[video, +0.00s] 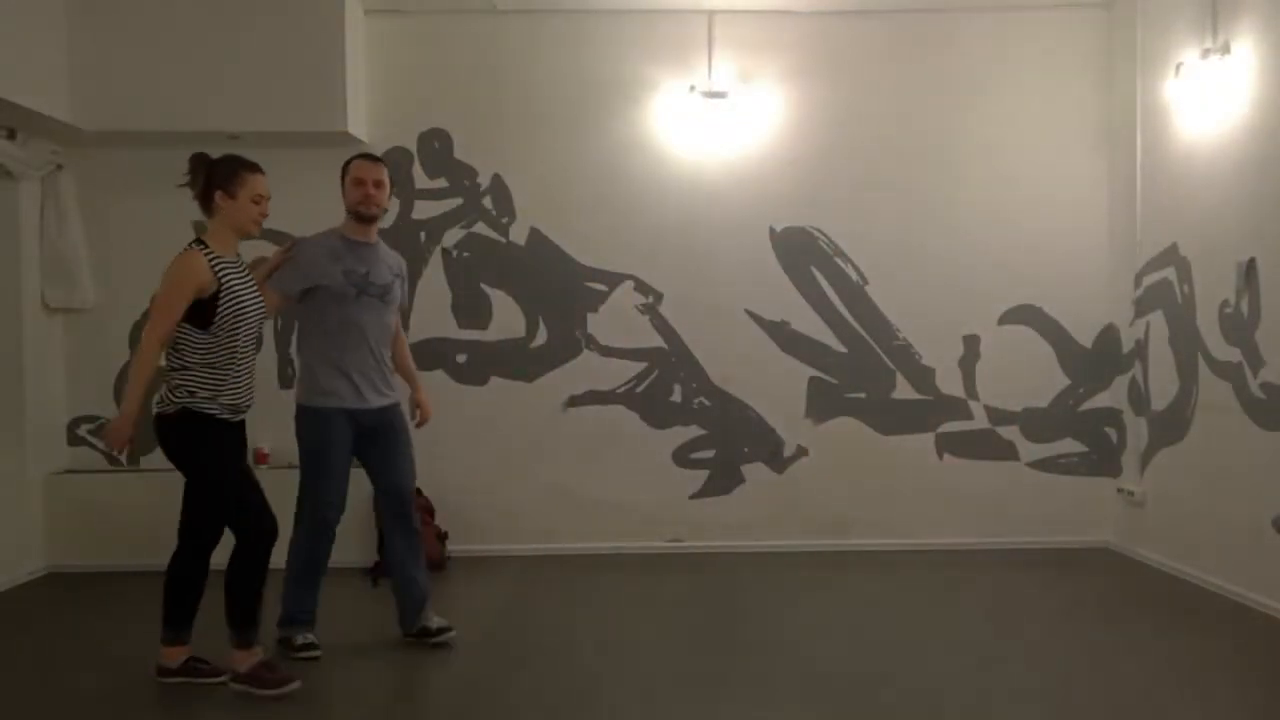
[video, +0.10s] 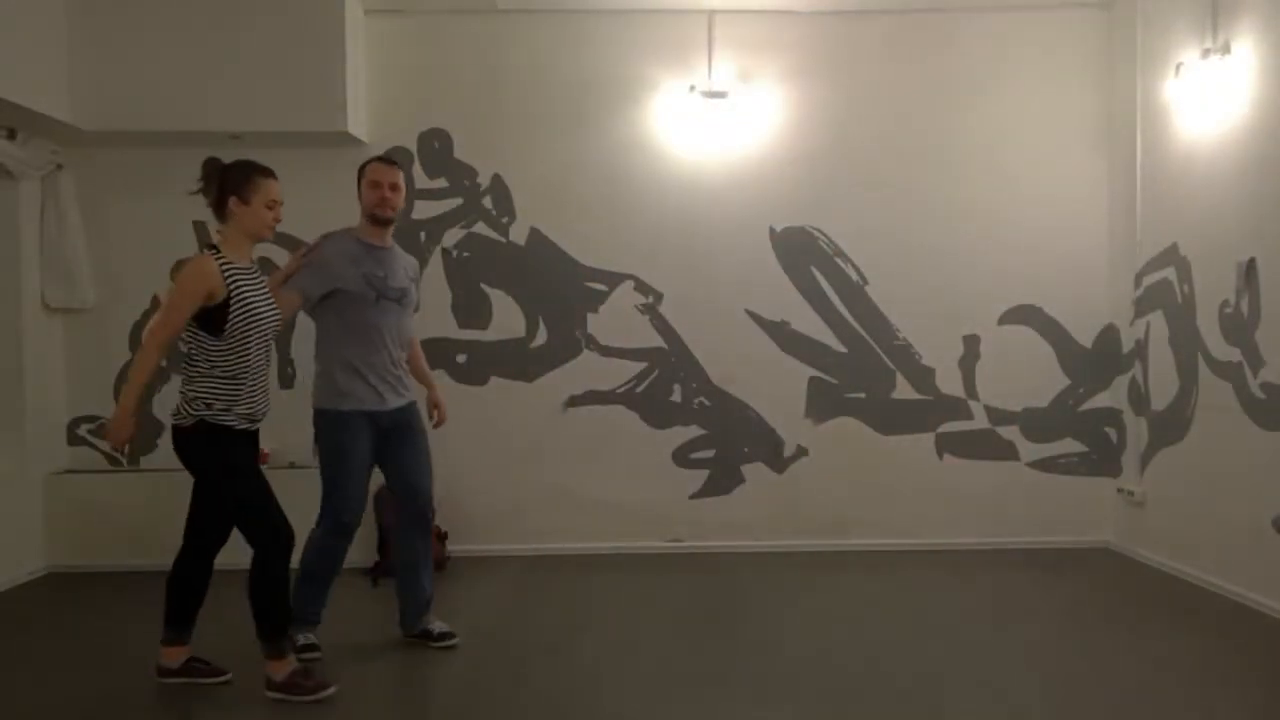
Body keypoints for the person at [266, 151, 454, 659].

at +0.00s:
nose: (369, 192)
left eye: (378, 185)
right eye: (359, 184)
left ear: (389, 195)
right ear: (343, 192)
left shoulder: (394, 265)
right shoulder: (312, 252)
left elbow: (393, 334)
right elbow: (254, 307)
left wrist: (416, 385)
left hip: (381, 403)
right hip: (324, 404)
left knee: (401, 506)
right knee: (320, 515)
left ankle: (416, 615)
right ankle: (297, 625)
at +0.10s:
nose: (384, 195)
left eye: (393, 188)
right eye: (375, 187)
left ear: (405, 198)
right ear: (359, 193)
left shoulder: (408, 266)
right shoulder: (330, 252)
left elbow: (405, 338)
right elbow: (273, 310)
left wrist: (431, 385)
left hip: (399, 406)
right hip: (344, 407)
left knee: (417, 509)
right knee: (341, 517)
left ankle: (418, 618)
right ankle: (303, 623)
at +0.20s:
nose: (397, 189)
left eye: (406, 183)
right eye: (388, 181)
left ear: (416, 195)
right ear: (370, 188)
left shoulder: (419, 262)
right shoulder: (342, 248)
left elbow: (416, 330)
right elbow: (290, 305)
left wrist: (448, 376)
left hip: (409, 397)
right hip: (356, 397)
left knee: (418, 504)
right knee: (368, 506)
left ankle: (417, 617)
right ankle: (312, 614)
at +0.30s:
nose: (405, 191)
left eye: (414, 184)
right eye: (395, 182)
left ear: (423, 194)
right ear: (377, 190)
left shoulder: (427, 262)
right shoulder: (349, 248)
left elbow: (432, 335)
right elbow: (297, 303)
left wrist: (465, 368)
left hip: (417, 395)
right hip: (364, 394)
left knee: (424, 503)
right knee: (389, 499)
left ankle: (417, 616)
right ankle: (334, 606)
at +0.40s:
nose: (411, 194)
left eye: (420, 187)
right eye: (401, 186)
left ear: (430, 196)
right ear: (383, 193)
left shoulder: (430, 262)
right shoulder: (359, 251)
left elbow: (439, 331)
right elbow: (306, 304)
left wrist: (480, 356)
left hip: (424, 395)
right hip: (371, 394)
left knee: (434, 503)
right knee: (401, 497)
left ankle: (418, 617)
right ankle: (367, 611)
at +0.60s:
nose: (416, 188)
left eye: (424, 181)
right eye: (407, 179)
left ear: (435, 192)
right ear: (389, 188)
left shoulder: (439, 259)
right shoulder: (367, 246)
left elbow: (447, 328)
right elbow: (319, 301)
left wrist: (492, 340)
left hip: (431, 399)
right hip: (380, 397)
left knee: (433, 508)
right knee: (403, 507)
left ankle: (424, 615)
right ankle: (418, 627)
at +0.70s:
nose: (417, 191)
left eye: (425, 184)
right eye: (407, 183)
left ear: (436, 196)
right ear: (390, 191)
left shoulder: (436, 261)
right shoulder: (368, 248)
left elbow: (446, 332)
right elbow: (320, 302)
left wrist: (489, 338)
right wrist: (327, 260)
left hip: (434, 404)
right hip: (381, 405)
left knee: (438, 512)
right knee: (404, 514)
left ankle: (424, 619)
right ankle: (421, 630)